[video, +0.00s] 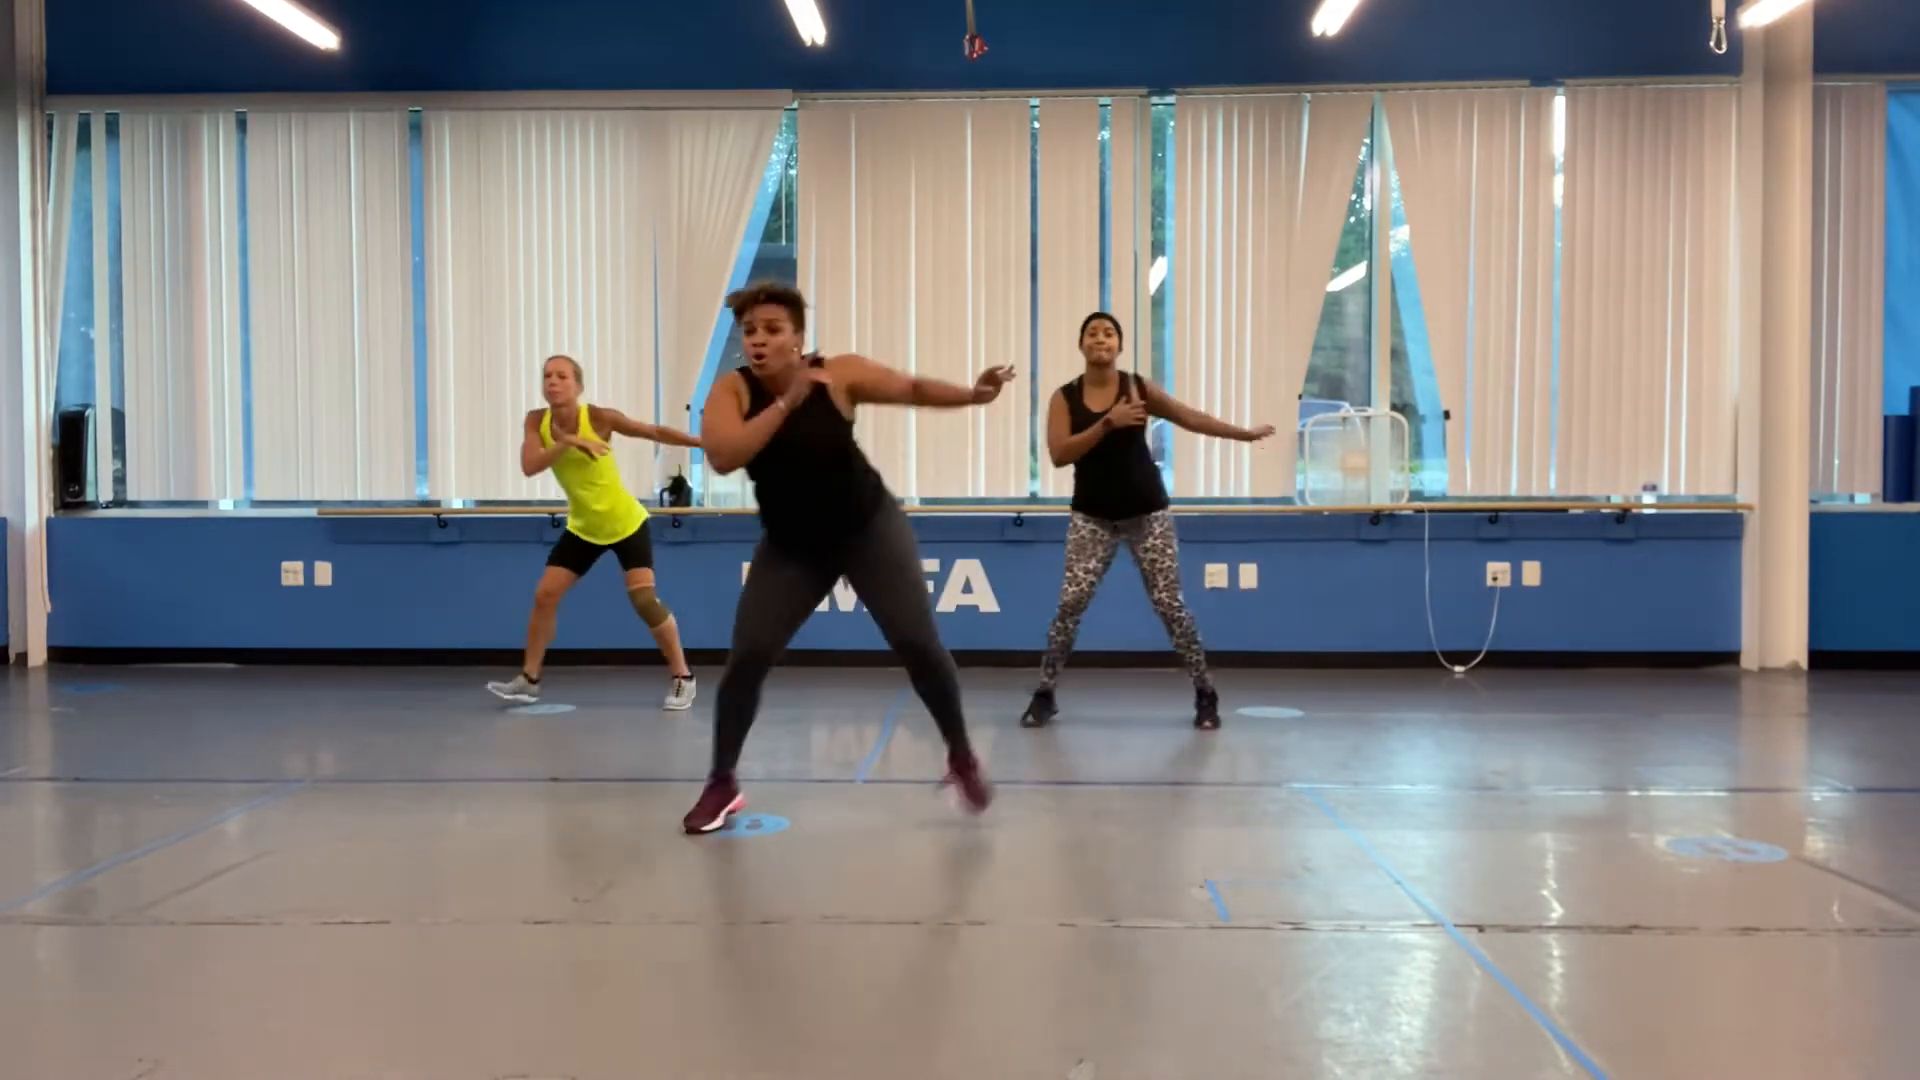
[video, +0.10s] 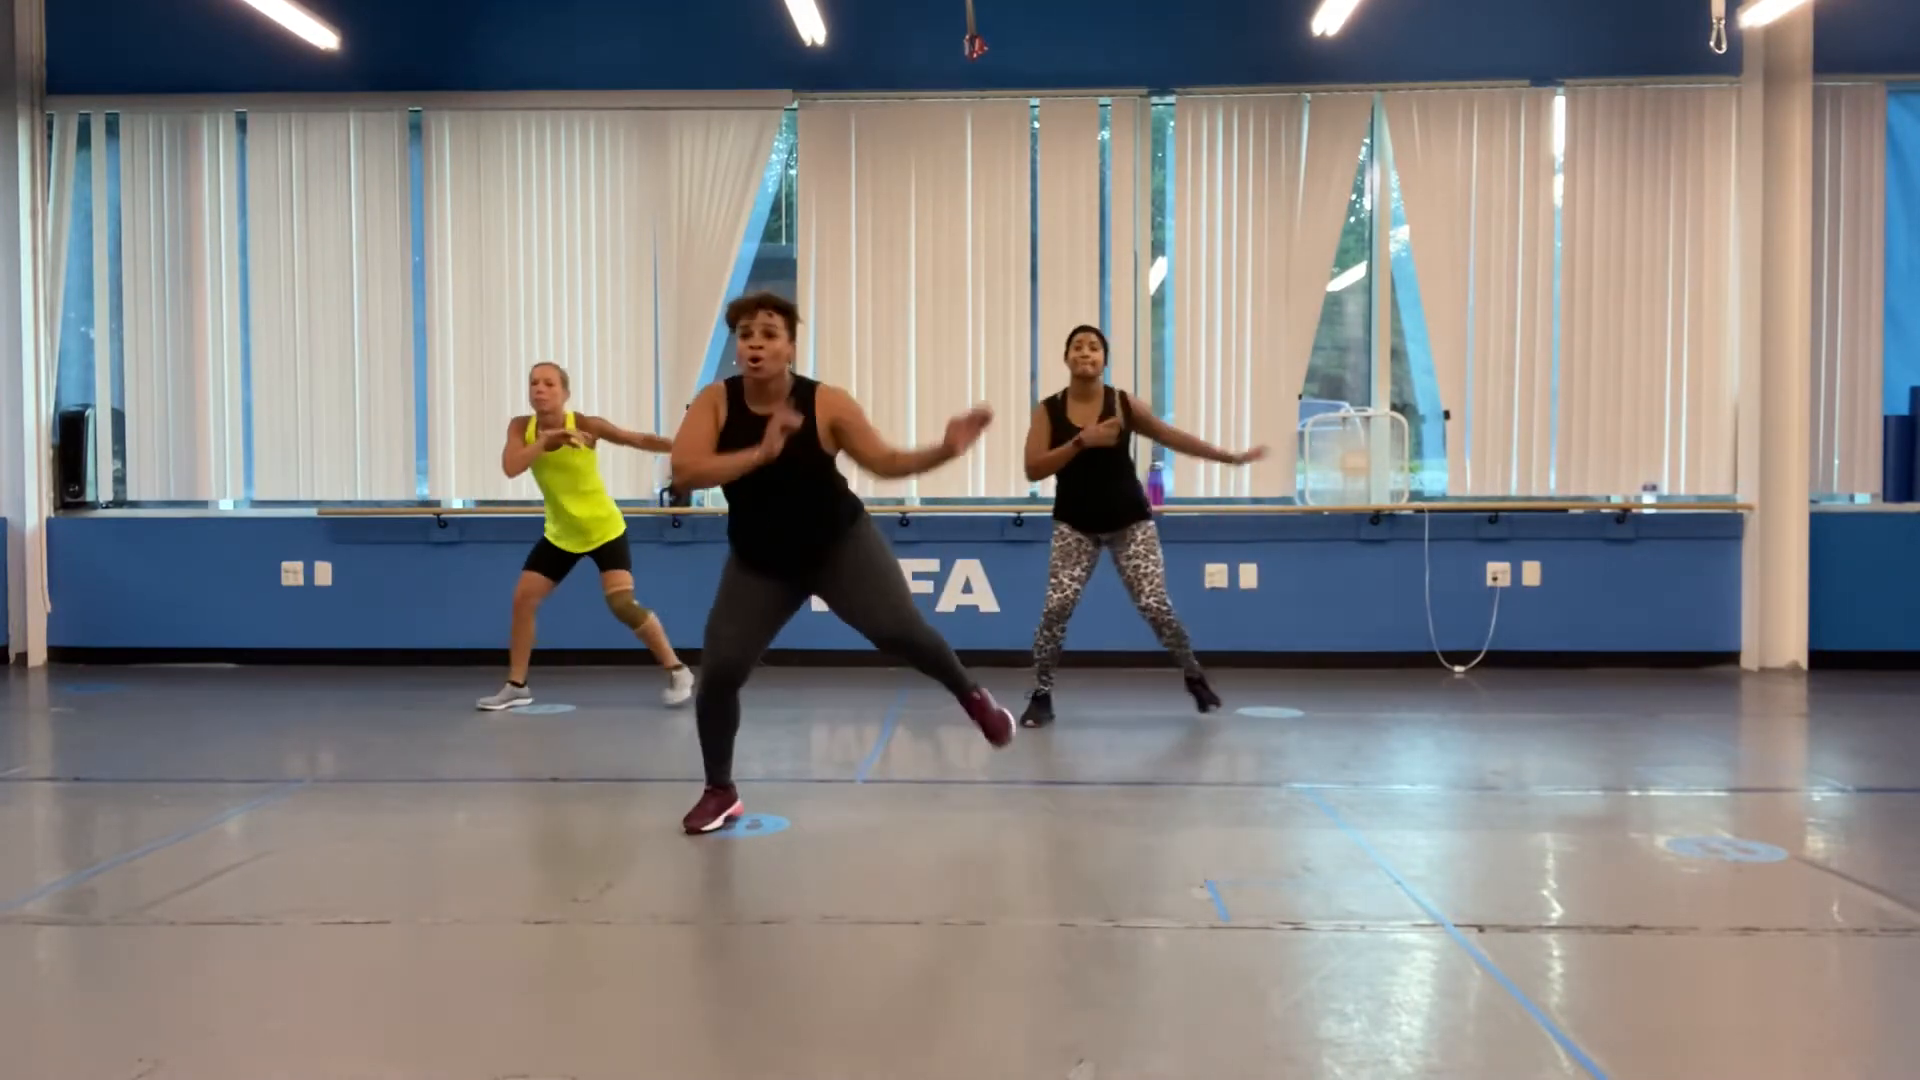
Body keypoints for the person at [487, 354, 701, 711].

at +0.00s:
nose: (552, 382)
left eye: (561, 377)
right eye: (547, 377)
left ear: (578, 387)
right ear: (542, 388)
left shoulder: (601, 417)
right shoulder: (537, 421)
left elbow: (653, 432)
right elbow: (529, 466)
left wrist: (701, 442)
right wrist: (568, 442)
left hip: (626, 522)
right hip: (582, 526)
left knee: (643, 599)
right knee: (546, 595)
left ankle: (683, 678)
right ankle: (529, 680)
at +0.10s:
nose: (540, 389)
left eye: (548, 384)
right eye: (534, 384)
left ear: (565, 393)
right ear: (528, 393)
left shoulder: (586, 425)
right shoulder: (522, 427)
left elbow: (636, 439)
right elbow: (511, 467)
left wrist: (679, 446)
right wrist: (547, 441)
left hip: (603, 527)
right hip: (561, 532)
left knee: (621, 603)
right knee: (524, 598)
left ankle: (677, 671)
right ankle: (516, 685)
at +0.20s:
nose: (532, 391)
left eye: (541, 386)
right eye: (527, 386)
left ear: (558, 394)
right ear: (521, 394)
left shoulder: (581, 430)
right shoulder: (514, 434)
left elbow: (615, 460)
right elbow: (503, 485)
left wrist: (654, 477)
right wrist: (536, 458)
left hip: (594, 532)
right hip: (550, 534)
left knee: (596, 605)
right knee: (512, 598)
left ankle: (628, 663)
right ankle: (516, 685)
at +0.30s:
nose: (539, 387)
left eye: (547, 381)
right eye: (533, 382)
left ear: (564, 390)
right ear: (527, 392)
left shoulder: (589, 433)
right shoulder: (518, 435)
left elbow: (605, 481)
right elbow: (502, 488)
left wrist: (631, 516)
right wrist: (527, 491)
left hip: (590, 530)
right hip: (543, 531)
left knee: (597, 603)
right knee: (507, 598)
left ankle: (612, 669)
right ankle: (514, 684)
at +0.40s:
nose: (555, 383)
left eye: (563, 377)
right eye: (549, 378)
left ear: (579, 385)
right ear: (543, 388)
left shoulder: (602, 429)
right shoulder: (531, 428)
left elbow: (612, 479)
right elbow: (507, 463)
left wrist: (603, 502)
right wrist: (504, 501)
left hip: (592, 526)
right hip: (544, 526)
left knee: (621, 589)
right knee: (509, 596)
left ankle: (641, 662)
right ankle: (513, 684)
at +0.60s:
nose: (582, 387)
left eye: (589, 380)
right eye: (575, 382)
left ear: (607, 387)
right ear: (570, 392)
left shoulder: (633, 421)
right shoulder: (566, 430)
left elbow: (647, 466)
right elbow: (540, 459)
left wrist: (596, 460)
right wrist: (494, 471)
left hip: (627, 530)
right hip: (580, 530)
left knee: (657, 595)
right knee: (542, 609)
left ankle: (670, 685)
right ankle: (509, 670)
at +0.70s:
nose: (585, 389)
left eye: (593, 382)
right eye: (578, 385)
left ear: (610, 389)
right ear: (574, 394)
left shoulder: (635, 424)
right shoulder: (570, 439)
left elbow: (664, 473)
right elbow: (560, 488)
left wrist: (616, 473)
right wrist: (508, 488)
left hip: (634, 533)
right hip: (588, 535)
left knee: (664, 600)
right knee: (557, 612)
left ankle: (671, 687)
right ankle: (555, 679)